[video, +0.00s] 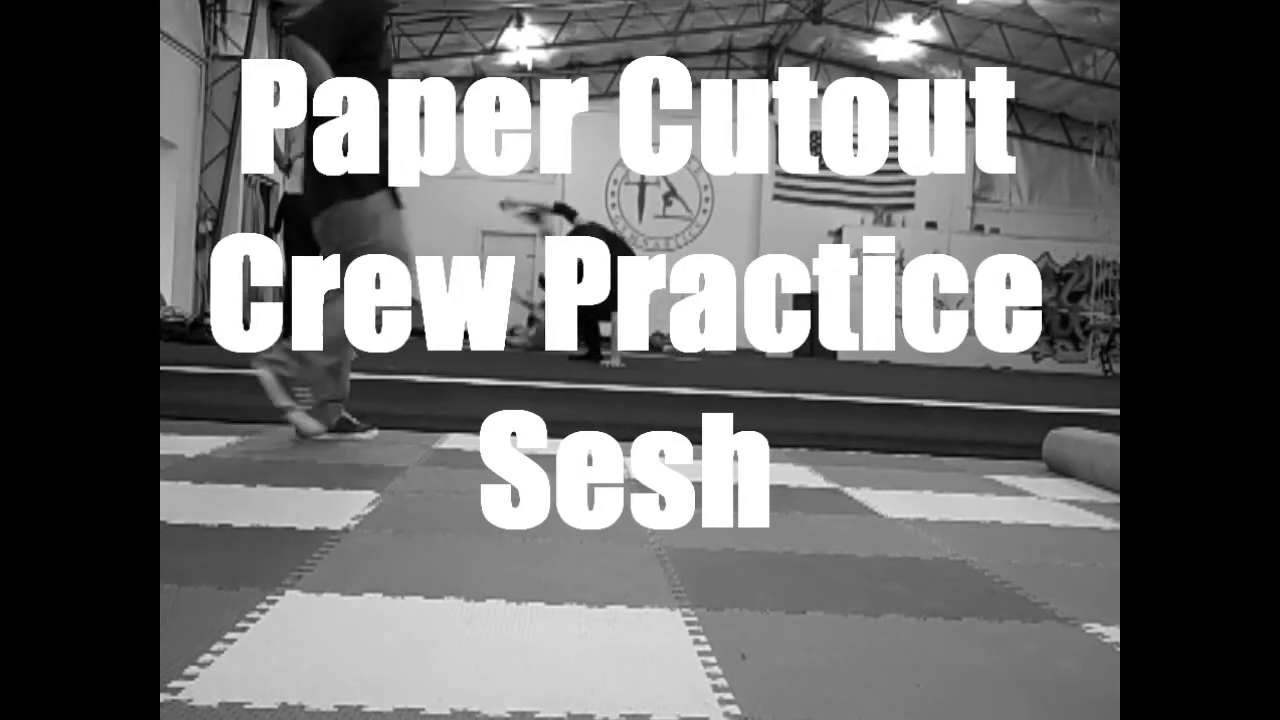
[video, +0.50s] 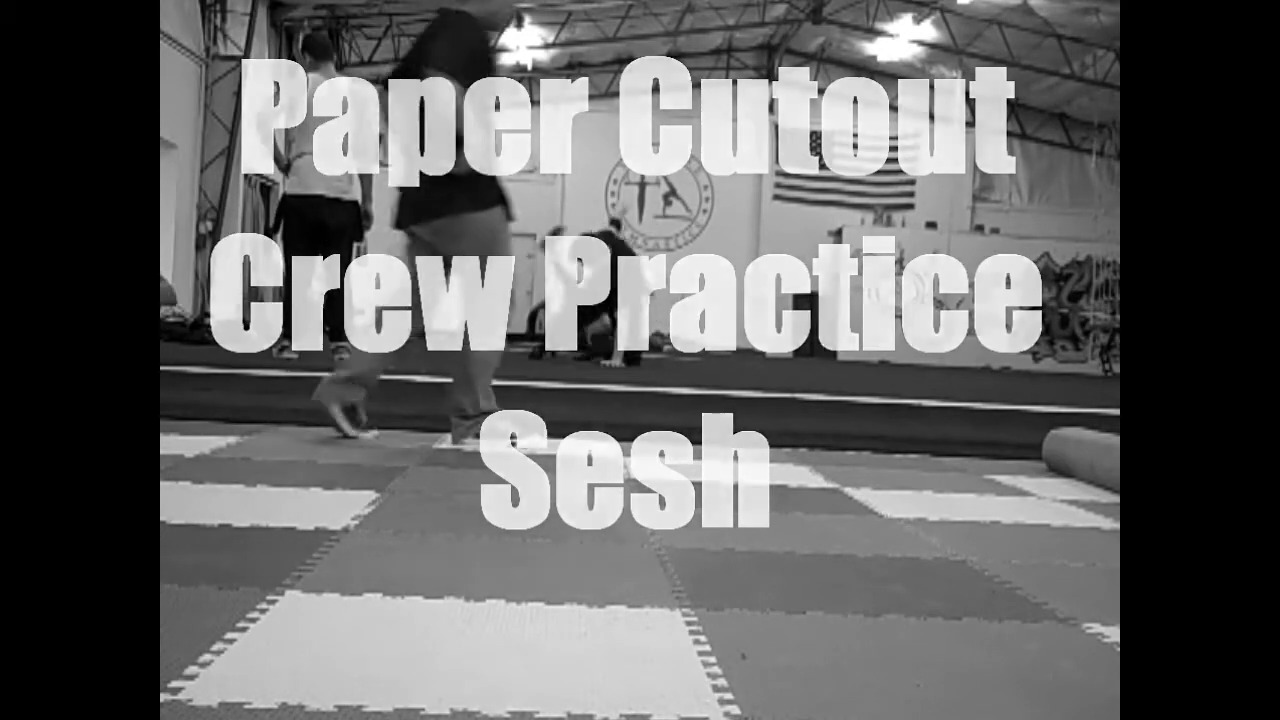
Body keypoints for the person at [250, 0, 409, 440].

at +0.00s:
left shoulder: (372, 20)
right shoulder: (360, 7)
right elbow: (300, 42)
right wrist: (334, 108)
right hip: (349, 177)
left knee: (350, 290)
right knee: (388, 284)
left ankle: (328, 407)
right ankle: (288, 366)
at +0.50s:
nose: (511, 21)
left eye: (513, 17)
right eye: (508, 14)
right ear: (489, 9)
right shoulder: (467, 39)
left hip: (422, 200)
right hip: (468, 199)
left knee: (405, 308)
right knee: (484, 310)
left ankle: (345, 384)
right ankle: (474, 420)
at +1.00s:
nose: (621, 27)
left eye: (622, 16)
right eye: (619, 15)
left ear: (579, 8)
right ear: (597, 9)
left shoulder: (545, 47)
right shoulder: (574, 43)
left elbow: (488, 105)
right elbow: (539, 88)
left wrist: (517, 159)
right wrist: (549, 164)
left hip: (534, 194)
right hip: (550, 196)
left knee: (569, 316)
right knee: (538, 313)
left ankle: (563, 416)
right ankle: (477, 413)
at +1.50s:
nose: (682, 43)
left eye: (689, 34)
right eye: (676, 32)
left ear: (693, 32)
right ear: (649, 20)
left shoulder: (688, 79)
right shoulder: (609, 62)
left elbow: (721, 134)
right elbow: (547, 110)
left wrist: (750, 180)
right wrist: (574, 166)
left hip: (649, 211)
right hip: (611, 207)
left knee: (629, 318)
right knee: (660, 315)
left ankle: (571, 408)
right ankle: (684, 425)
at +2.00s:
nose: (683, 71)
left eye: (693, 59)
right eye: (673, 60)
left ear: (711, 52)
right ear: (660, 54)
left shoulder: (744, 94)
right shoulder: (641, 99)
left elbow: (820, 117)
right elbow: (597, 150)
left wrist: (839, 177)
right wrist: (644, 117)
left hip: (735, 233)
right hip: (671, 241)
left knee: (743, 328)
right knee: (713, 358)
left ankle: (773, 420)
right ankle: (777, 418)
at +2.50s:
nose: (579, 8)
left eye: (587, 4)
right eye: (574, 5)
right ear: (568, 0)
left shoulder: (655, 28)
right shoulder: (552, 26)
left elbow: (734, 59)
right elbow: (507, 59)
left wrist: (687, 128)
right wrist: (495, 60)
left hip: (610, 183)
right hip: (548, 174)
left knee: (562, 294)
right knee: (515, 269)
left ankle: (530, 405)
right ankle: (505, 374)